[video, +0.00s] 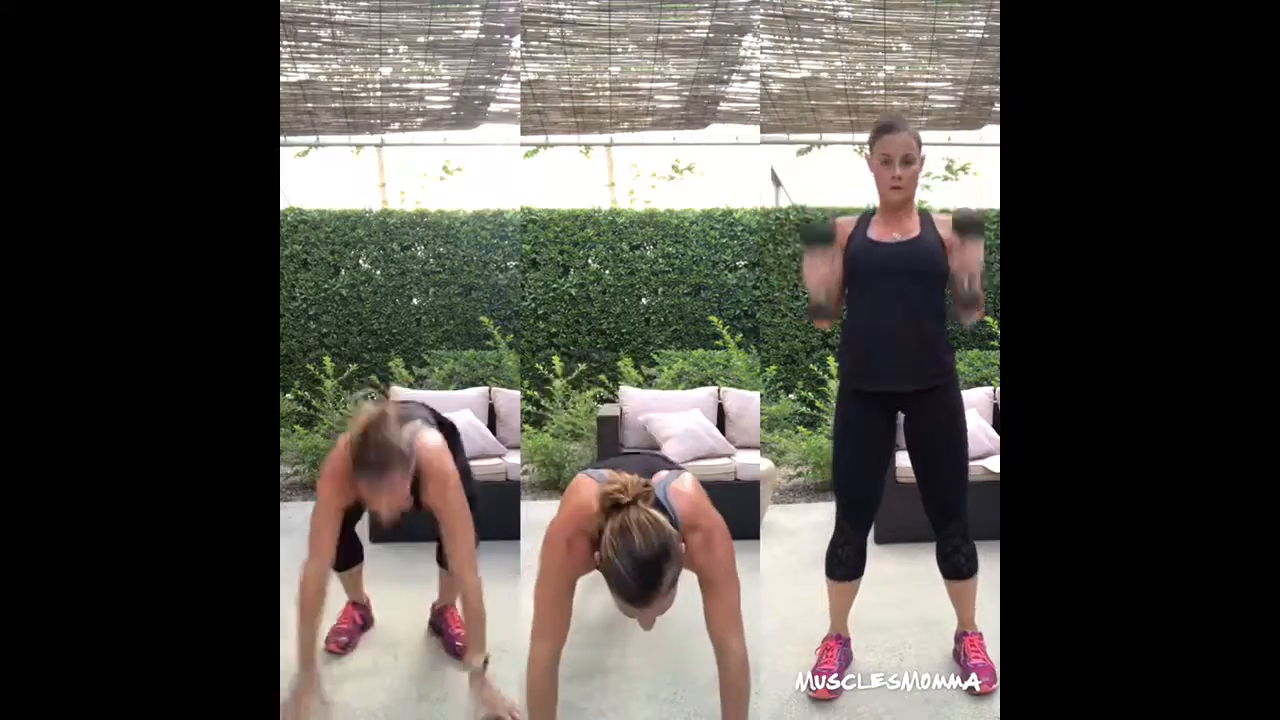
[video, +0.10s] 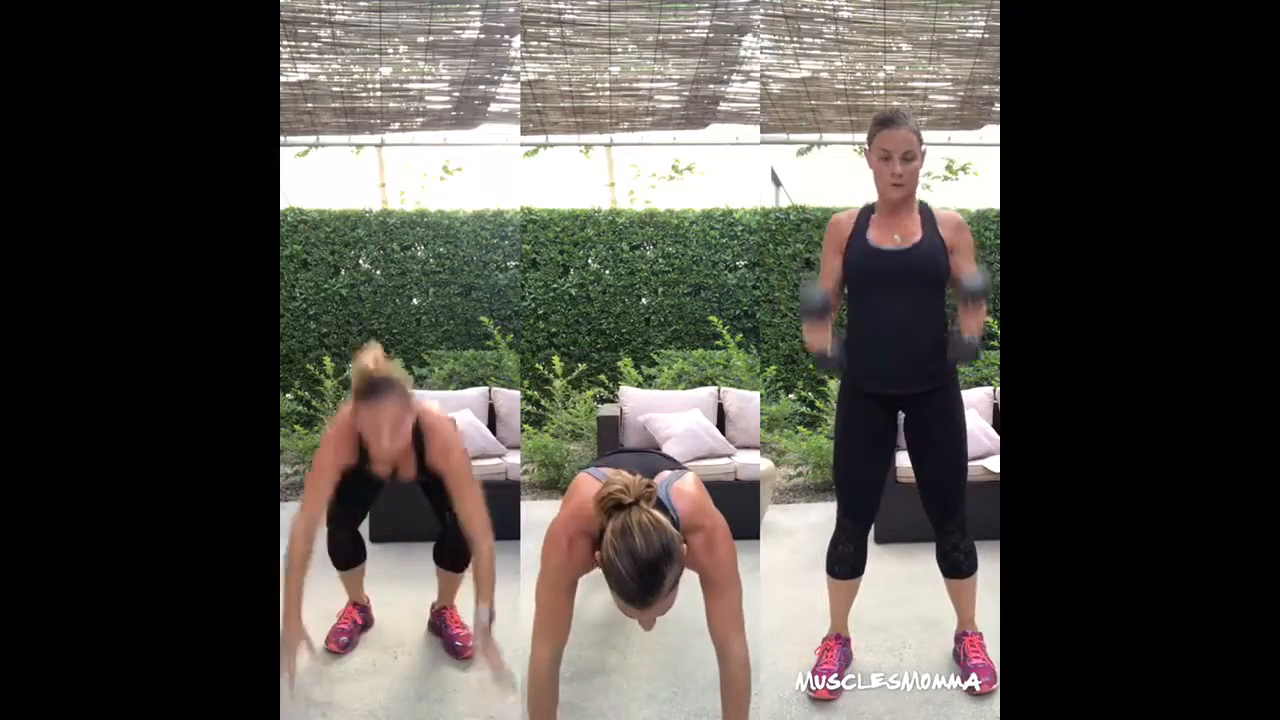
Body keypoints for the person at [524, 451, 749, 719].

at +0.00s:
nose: (647, 625)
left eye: (661, 608)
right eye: (630, 612)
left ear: (681, 551)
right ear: (599, 561)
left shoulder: (704, 523)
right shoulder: (569, 527)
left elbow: (730, 647)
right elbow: (544, 648)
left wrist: (734, 716)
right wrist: (541, 717)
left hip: (672, 475)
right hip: (598, 474)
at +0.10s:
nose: (647, 625)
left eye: (662, 608)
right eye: (631, 612)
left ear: (683, 554)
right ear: (600, 561)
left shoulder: (706, 525)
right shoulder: (568, 532)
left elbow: (732, 648)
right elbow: (545, 654)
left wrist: (735, 716)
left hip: (674, 473)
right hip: (599, 472)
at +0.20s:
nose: (647, 627)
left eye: (661, 611)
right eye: (630, 615)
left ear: (683, 555)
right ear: (599, 562)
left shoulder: (707, 526)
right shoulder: (568, 532)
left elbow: (734, 650)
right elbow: (546, 653)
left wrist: (736, 716)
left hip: (675, 474)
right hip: (601, 474)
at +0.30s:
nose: (647, 627)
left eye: (662, 611)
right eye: (630, 615)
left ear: (683, 557)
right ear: (599, 562)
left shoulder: (708, 526)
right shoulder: (568, 533)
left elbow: (733, 649)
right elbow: (546, 653)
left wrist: (735, 716)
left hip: (676, 474)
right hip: (601, 474)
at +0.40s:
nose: (647, 628)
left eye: (663, 612)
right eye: (632, 617)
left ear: (683, 555)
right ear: (599, 563)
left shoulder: (706, 523)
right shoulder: (568, 532)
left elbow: (733, 649)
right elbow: (545, 652)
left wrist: (735, 716)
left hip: (673, 475)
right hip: (600, 475)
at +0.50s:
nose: (646, 636)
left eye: (663, 621)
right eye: (630, 626)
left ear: (682, 563)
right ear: (599, 570)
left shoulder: (708, 530)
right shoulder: (568, 533)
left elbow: (736, 650)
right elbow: (541, 651)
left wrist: (738, 715)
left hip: (674, 477)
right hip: (598, 477)